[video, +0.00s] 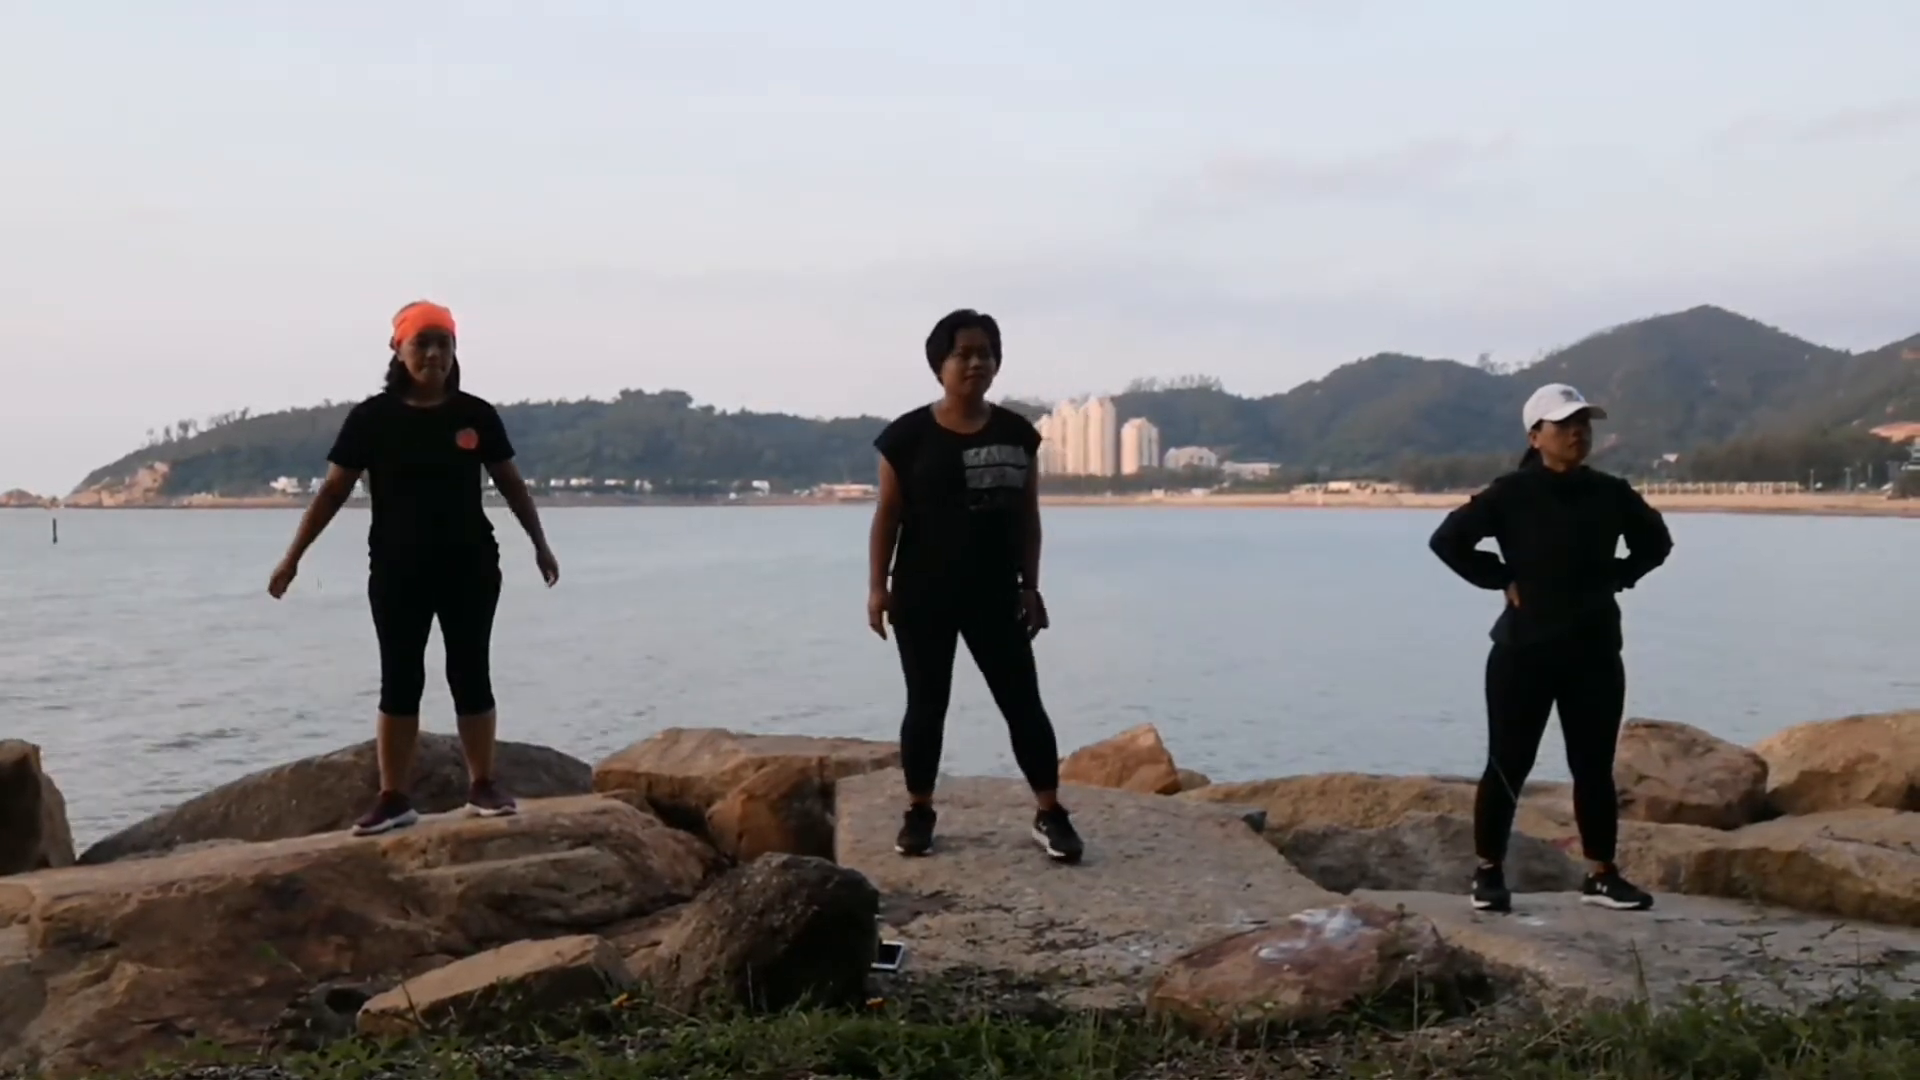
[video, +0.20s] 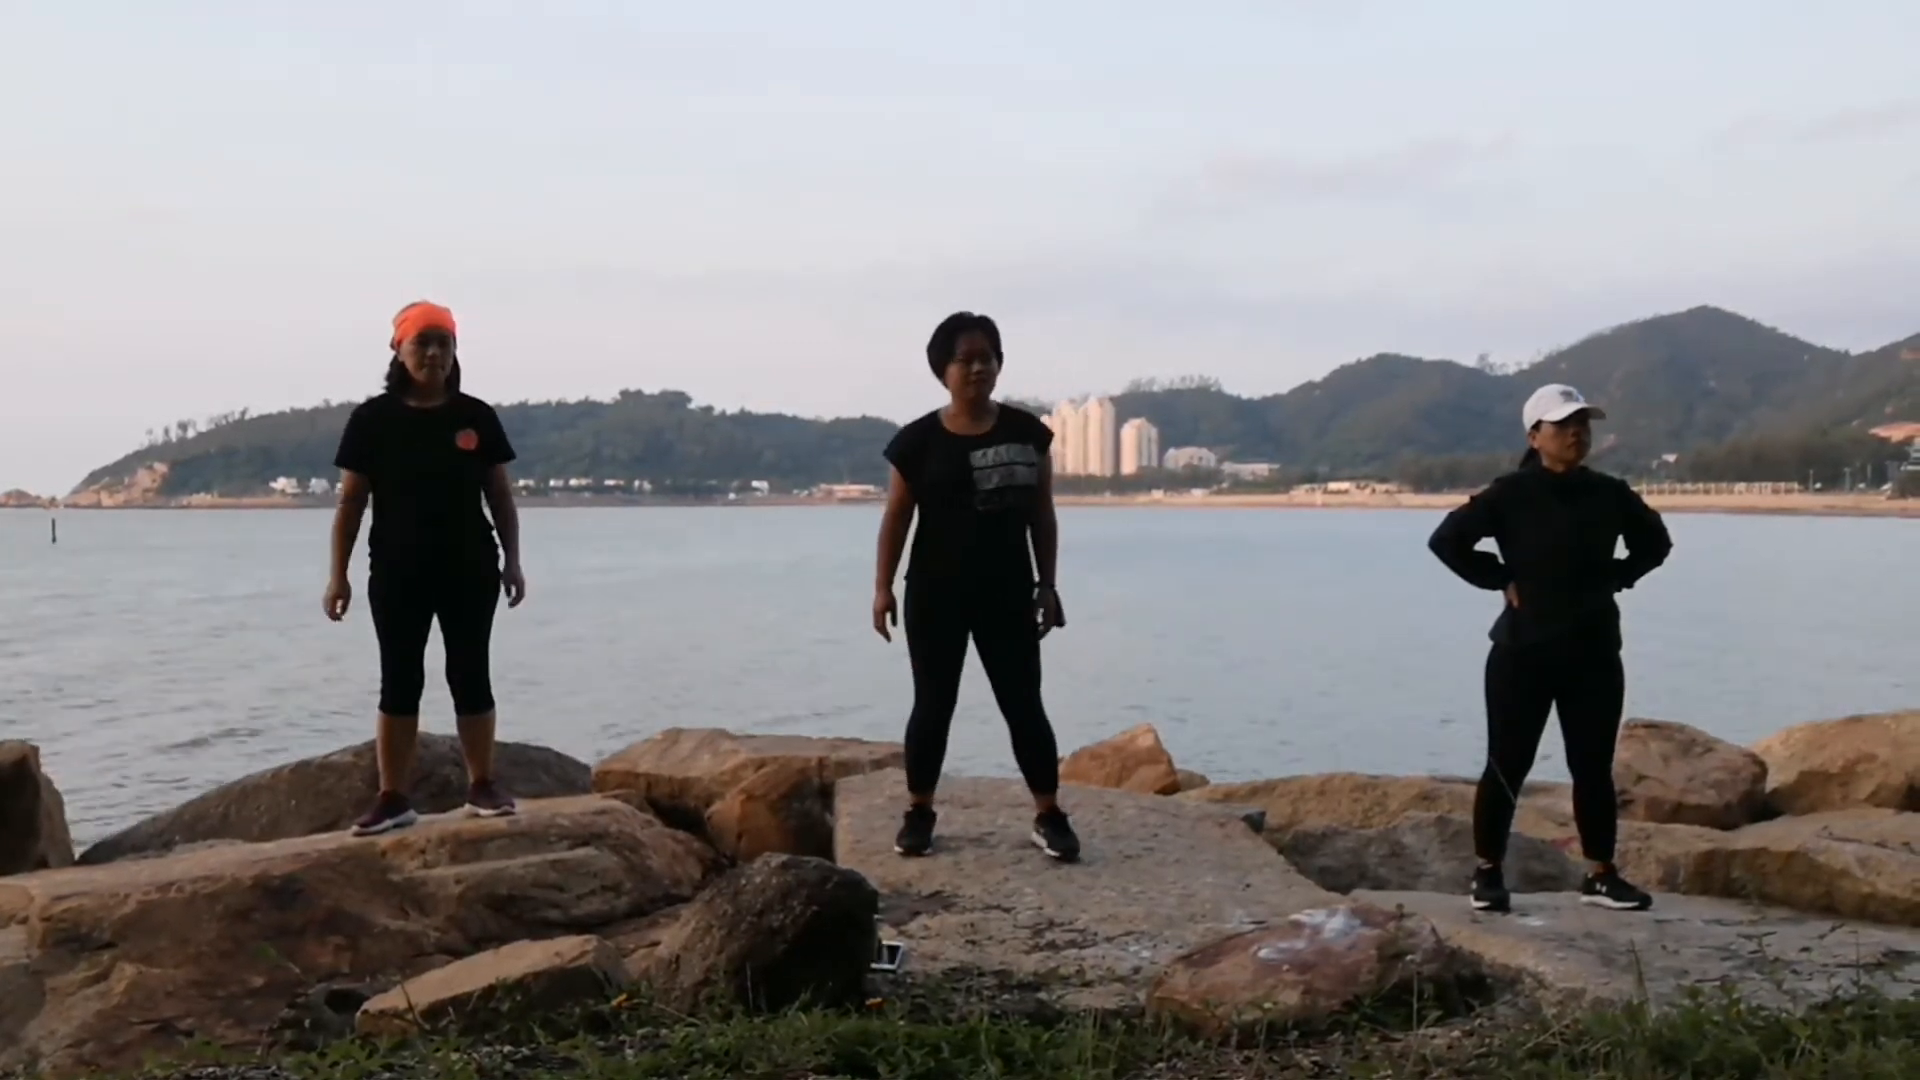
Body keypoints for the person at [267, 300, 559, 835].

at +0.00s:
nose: (433, 353)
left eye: (442, 343)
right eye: (422, 343)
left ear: (454, 351)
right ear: (399, 351)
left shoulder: (476, 417)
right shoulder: (370, 419)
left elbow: (509, 482)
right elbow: (332, 493)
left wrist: (539, 541)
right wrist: (291, 557)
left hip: (468, 570)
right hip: (398, 573)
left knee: (471, 678)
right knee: (399, 685)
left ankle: (482, 786)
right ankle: (392, 798)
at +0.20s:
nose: (431, 352)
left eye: (441, 342)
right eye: (420, 343)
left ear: (453, 350)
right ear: (399, 352)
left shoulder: (476, 417)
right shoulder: (371, 419)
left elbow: (500, 494)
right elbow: (351, 501)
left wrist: (512, 560)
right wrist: (337, 573)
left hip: (468, 572)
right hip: (397, 575)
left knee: (471, 680)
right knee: (399, 687)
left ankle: (481, 787)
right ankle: (392, 797)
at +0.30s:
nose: (431, 352)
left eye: (440, 342)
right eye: (420, 343)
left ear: (453, 350)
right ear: (399, 351)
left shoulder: (476, 416)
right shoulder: (371, 419)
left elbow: (497, 492)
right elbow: (360, 503)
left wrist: (489, 551)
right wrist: (374, 567)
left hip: (466, 571)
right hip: (399, 574)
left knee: (471, 680)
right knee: (398, 687)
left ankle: (482, 787)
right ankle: (391, 796)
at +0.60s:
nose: (433, 349)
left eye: (441, 339)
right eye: (421, 340)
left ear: (452, 347)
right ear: (396, 350)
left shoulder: (475, 415)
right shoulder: (370, 419)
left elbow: (499, 486)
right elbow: (356, 497)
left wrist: (482, 533)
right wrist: (391, 550)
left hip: (467, 570)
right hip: (399, 572)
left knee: (470, 679)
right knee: (398, 685)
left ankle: (480, 787)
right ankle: (390, 798)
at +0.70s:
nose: (435, 350)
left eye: (442, 340)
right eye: (423, 341)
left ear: (452, 348)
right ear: (397, 350)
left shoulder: (475, 416)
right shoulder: (370, 421)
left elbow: (499, 490)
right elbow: (351, 504)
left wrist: (500, 549)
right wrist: (361, 569)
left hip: (466, 571)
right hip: (398, 574)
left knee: (470, 680)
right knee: (398, 687)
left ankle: (480, 787)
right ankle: (390, 797)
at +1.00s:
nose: (443, 349)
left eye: (448, 340)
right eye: (431, 340)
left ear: (452, 348)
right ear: (399, 349)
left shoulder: (472, 416)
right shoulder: (368, 420)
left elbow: (505, 484)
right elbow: (326, 492)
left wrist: (538, 543)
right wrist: (276, 554)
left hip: (468, 570)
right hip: (398, 574)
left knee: (469, 680)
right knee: (398, 686)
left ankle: (480, 788)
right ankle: (388, 799)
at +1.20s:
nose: (444, 349)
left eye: (447, 341)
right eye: (431, 341)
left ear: (450, 349)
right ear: (398, 351)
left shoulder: (470, 416)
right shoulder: (367, 422)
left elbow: (496, 492)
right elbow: (344, 503)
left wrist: (516, 558)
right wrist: (320, 576)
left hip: (467, 572)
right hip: (398, 576)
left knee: (469, 681)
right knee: (397, 687)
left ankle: (478, 787)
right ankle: (388, 798)